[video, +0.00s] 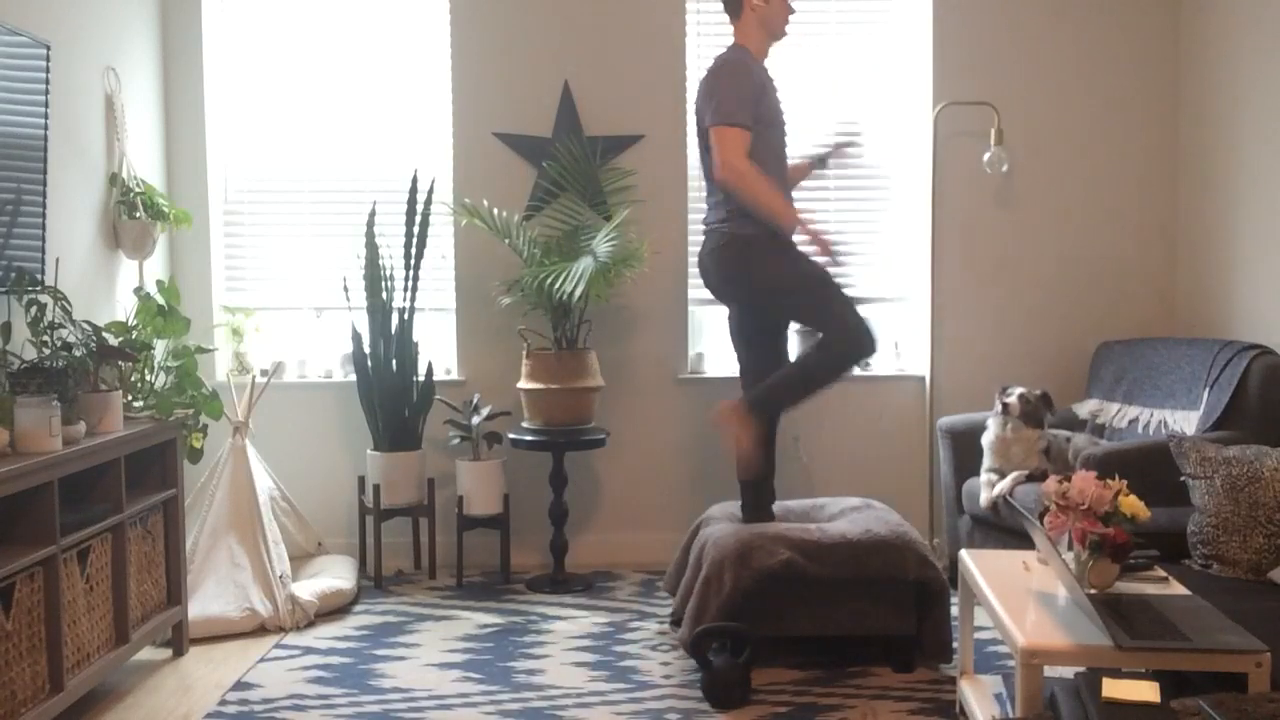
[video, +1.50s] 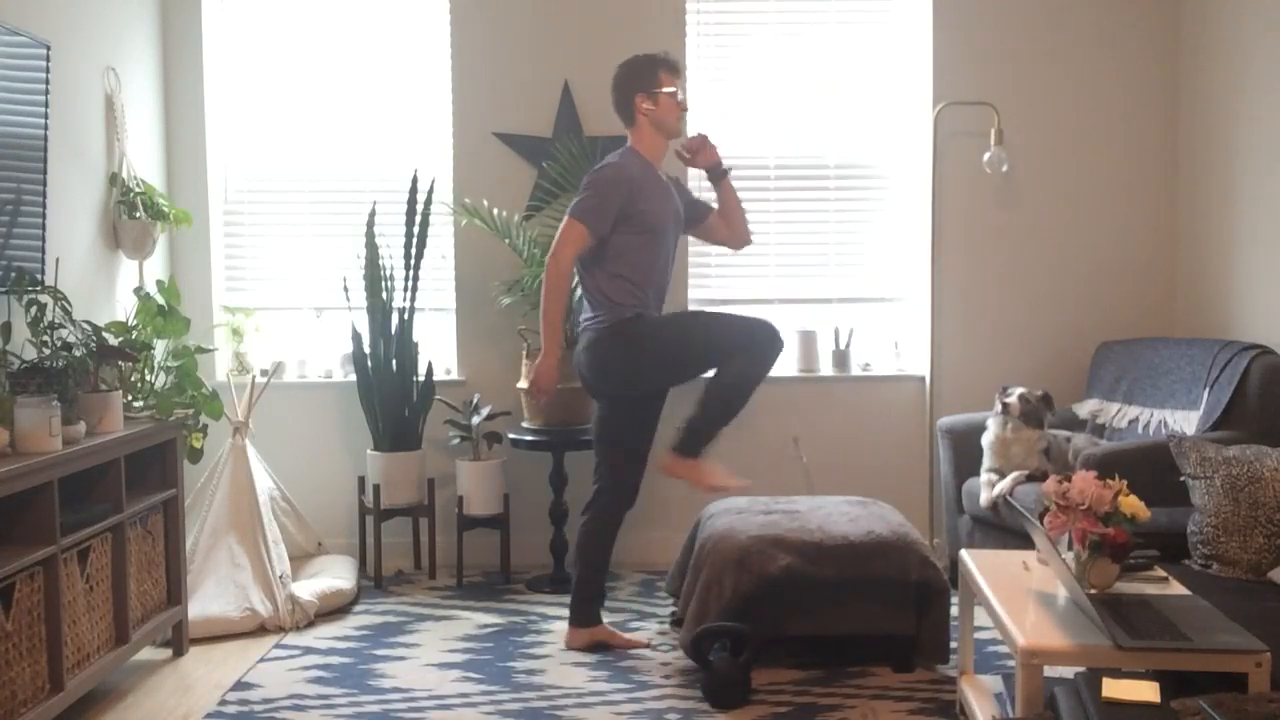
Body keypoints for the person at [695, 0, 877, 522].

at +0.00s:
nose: (789, 11)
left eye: (787, 3)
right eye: (781, 2)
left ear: (753, 11)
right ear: (752, 6)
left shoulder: (746, 74)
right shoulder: (735, 69)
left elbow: (760, 180)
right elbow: (729, 167)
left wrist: (816, 163)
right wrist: (801, 224)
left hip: (742, 249)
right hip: (748, 248)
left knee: (761, 401)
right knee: (853, 336)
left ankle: (759, 532)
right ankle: (751, 409)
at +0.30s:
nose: (777, 59)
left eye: (774, 48)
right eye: (769, 48)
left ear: (734, 59)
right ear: (741, 56)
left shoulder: (708, 131)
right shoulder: (737, 123)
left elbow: (679, 228)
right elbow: (805, 196)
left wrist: (690, 293)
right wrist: (866, 150)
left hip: (721, 307)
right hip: (712, 309)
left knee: (809, 405)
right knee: (684, 449)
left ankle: (760, 530)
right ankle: (636, 582)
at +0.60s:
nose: (727, 112)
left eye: (724, 101)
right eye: (719, 101)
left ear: (687, 109)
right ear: (690, 107)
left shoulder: (668, 177)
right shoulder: (675, 177)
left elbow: (732, 263)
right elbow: (741, 259)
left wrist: (748, 205)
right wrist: (755, 189)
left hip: (681, 350)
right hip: (656, 359)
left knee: (793, 376)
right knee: (649, 509)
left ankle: (754, 499)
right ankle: (601, 639)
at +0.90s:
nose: (680, 98)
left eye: (679, 88)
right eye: (672, 88)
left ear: (644, 96)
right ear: (640, 94)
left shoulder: (640, 164)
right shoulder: (632, 165)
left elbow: (640, 273)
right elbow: (656, 260)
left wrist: (674, 327)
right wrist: (725, 211)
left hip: (652, 352)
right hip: (622, 352)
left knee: (728, 436)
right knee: (618, 501)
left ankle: (627, 518)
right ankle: (599, 639)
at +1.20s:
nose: (669, 100)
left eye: (666, 90)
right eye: (659, 91)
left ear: (637, 103)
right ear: (628, 102)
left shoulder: (645, 182)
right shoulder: (611, 172)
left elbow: (674, 276)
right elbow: (577, 268)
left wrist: (725, 225)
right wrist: (617, 351)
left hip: (620, 350)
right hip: (617, 351)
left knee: (600, 490)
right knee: (663, 493)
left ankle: (582, 621)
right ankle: (610, 626)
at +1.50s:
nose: (686, 105)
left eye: (684, 95)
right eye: (675, 95)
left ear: (654, 106)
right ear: (643, 105)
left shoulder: (669, 188)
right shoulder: (618, 172)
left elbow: (735, 233)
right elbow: (562, 255)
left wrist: (717, 172)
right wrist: (550, 351)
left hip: (628, 344)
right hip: (619, 339)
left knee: (613, 491)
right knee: (759, 338)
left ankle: (583, 623)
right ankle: (687, 452)